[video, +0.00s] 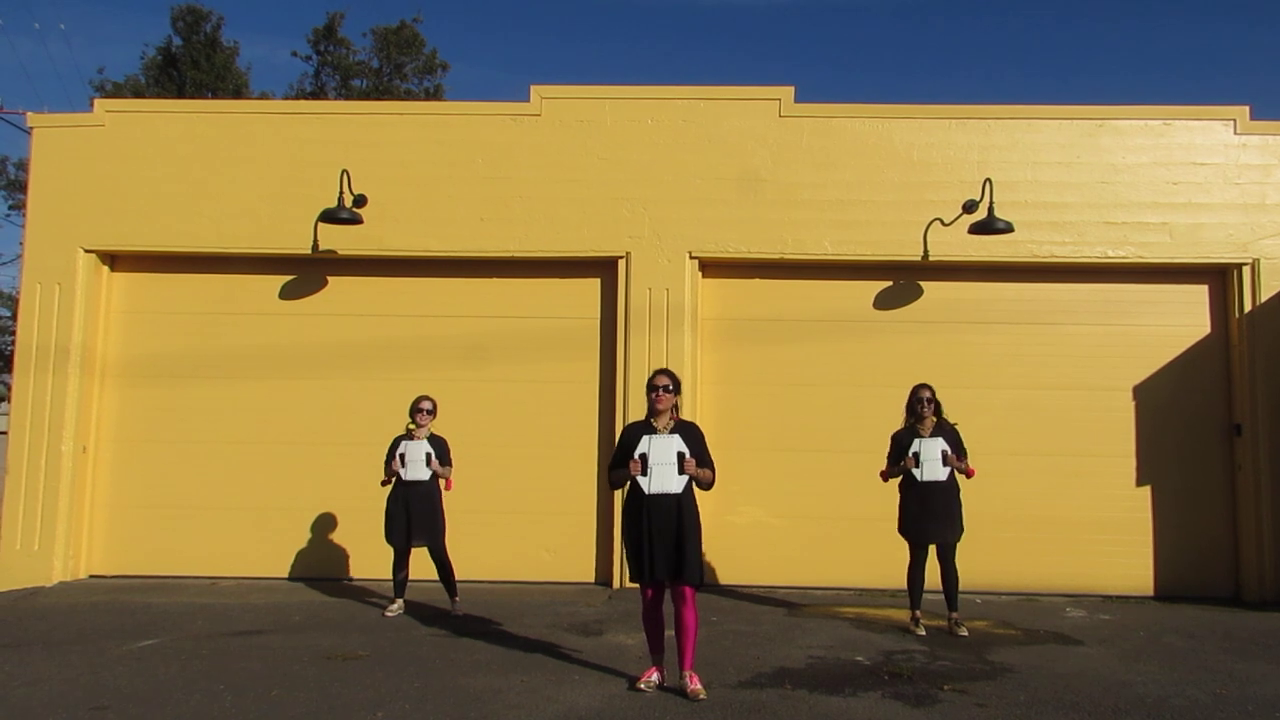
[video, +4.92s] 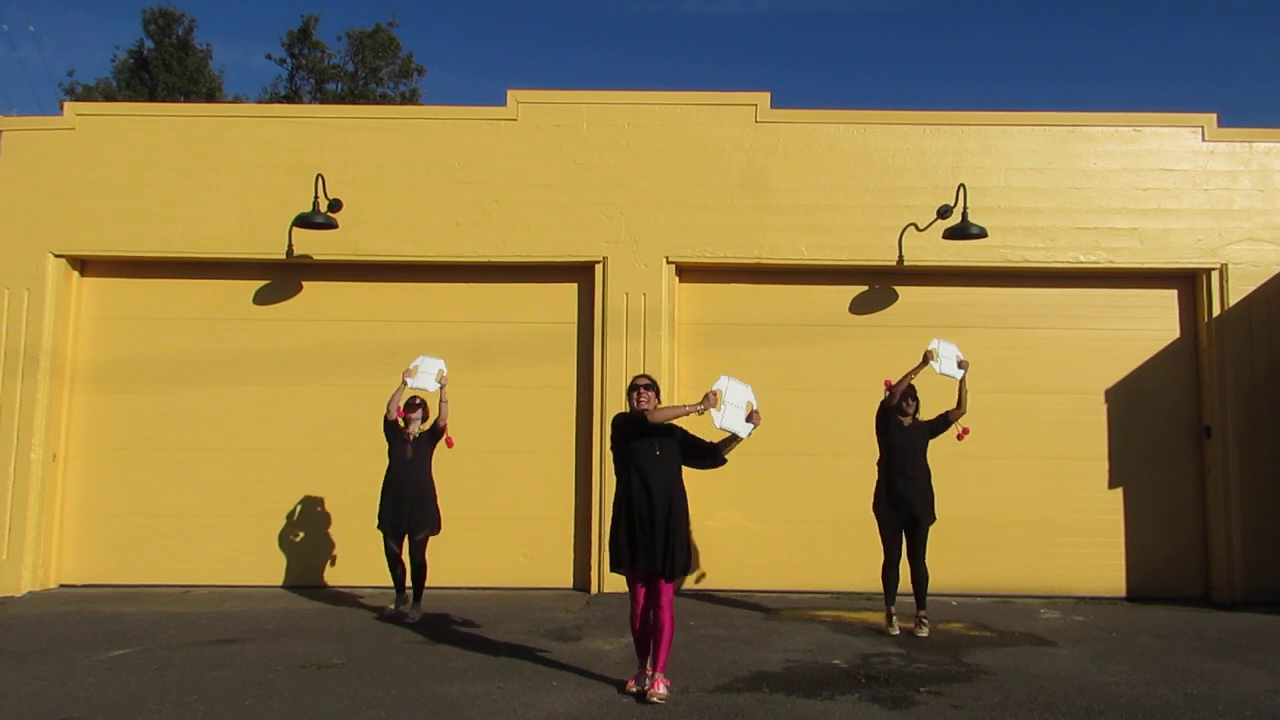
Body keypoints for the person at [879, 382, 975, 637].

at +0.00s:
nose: (924, 405)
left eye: (928, 401)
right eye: (919, 401)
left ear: (935, 403)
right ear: (911, 405)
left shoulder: (949, 432)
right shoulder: (901, 437)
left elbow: (965, 468)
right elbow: (888, 473)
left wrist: (954, 463)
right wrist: (903, 467)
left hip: (946, 506)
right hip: (915, 507)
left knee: (947, 559)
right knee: (918, 558)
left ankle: (953, 617)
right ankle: (915, 616)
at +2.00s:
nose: (934, 413)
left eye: (938, 409)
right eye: (928, 409)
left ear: (943, 413)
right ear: (919, 413)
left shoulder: (954, 439)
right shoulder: (909, 447)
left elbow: (973, 470)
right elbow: (897, 485)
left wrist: (961, 475)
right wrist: (910, 485)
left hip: (953, 517)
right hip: (923, 518)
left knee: (955, 570)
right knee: (925, 568)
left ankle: (957, 621)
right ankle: (918, 620)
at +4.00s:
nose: (909, 408)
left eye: (913, 404)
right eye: (903, 404)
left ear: (919, 407)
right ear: (896, 408)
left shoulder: (932, 434)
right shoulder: (886, 439)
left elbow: (946, 471)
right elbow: (874, 475)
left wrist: (933, 465)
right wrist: (885, 469)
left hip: (926, 511)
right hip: (896, 512)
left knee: (930, 565)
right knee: (898, 563)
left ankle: (935, 619)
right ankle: (896, 618)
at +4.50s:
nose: (908, 413)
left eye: (912, 409)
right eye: (903, 409)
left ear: (918, 413)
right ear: (895, 414)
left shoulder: (927, 444)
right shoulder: (885, 441)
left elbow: (938, 483)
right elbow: (863, 475)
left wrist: (937, 470)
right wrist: (891, 467)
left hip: (923, 514)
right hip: (893, 513)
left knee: (928, 569)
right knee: (898, 567)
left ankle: (931, 621)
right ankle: (894, 621)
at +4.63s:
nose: (906, 401)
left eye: (910, 396)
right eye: (900, 398)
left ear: (916, 400)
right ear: (892, 402)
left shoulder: (924, 427)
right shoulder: (885, 424)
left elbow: (950, 464)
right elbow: (878, 443)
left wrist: (953, 440)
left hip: (919, 501)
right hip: (890, 501)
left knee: (920, 559)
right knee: (893, 558)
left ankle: (927, 615)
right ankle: (891, 616)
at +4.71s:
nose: (904, 402)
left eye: (909, 398)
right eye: (899, 398)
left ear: (915, 403)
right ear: (888, 402)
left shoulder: (921, 431)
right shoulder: (881, 425)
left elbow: (960, 448)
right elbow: (893, 420)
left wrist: (965, 418)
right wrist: (922, 404)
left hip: (919, 502)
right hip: (889, 501)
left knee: (917, 559)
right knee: (893, 559)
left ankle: (921, 614)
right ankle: (892, 614)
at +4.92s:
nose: (909, 401)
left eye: (912, 398)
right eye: (904, 397)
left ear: (917, 403)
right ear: (895, 403)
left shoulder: (924, 428)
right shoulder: (886, 425)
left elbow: (959, 410)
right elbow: (892, 395)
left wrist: (962, 377)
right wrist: (922, 364)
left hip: (919, 503)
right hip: (889, 502)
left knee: (917, 560)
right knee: (892, 559)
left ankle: (921, 615)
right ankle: (891, 613)